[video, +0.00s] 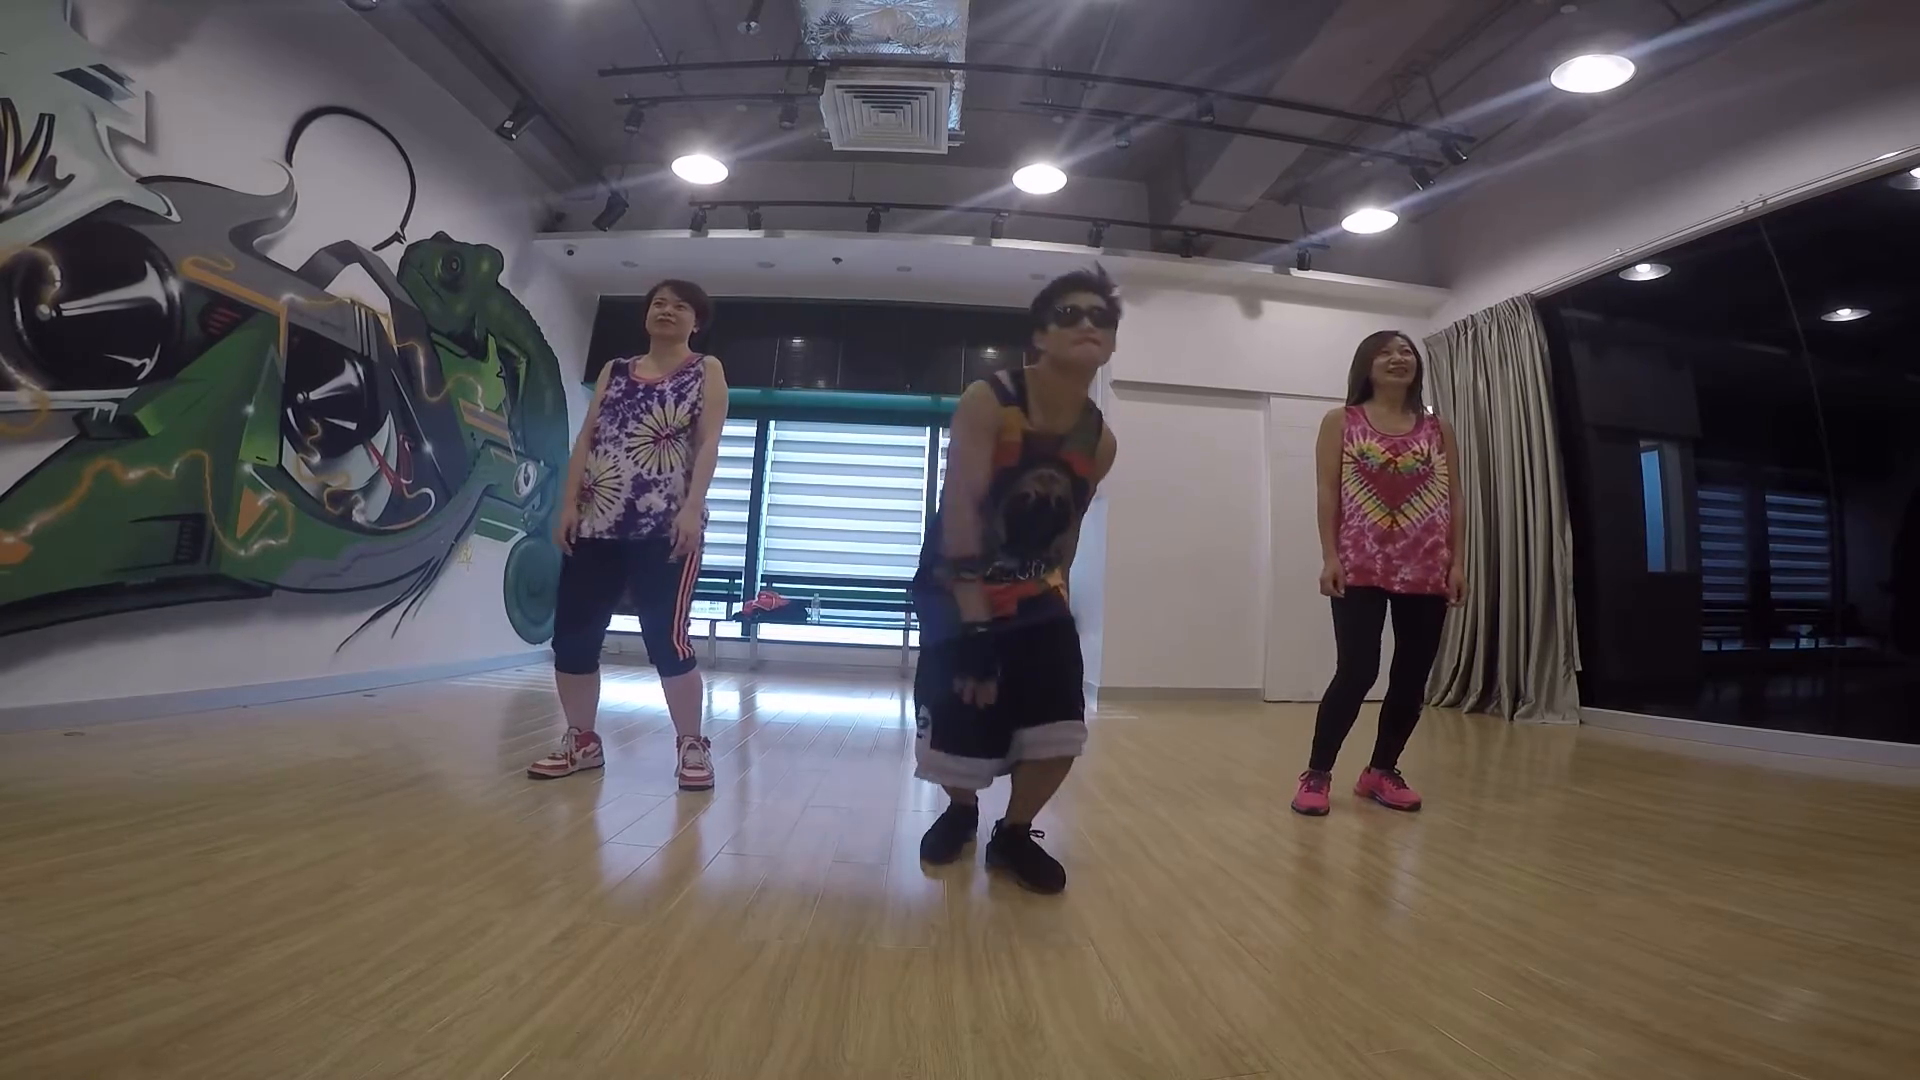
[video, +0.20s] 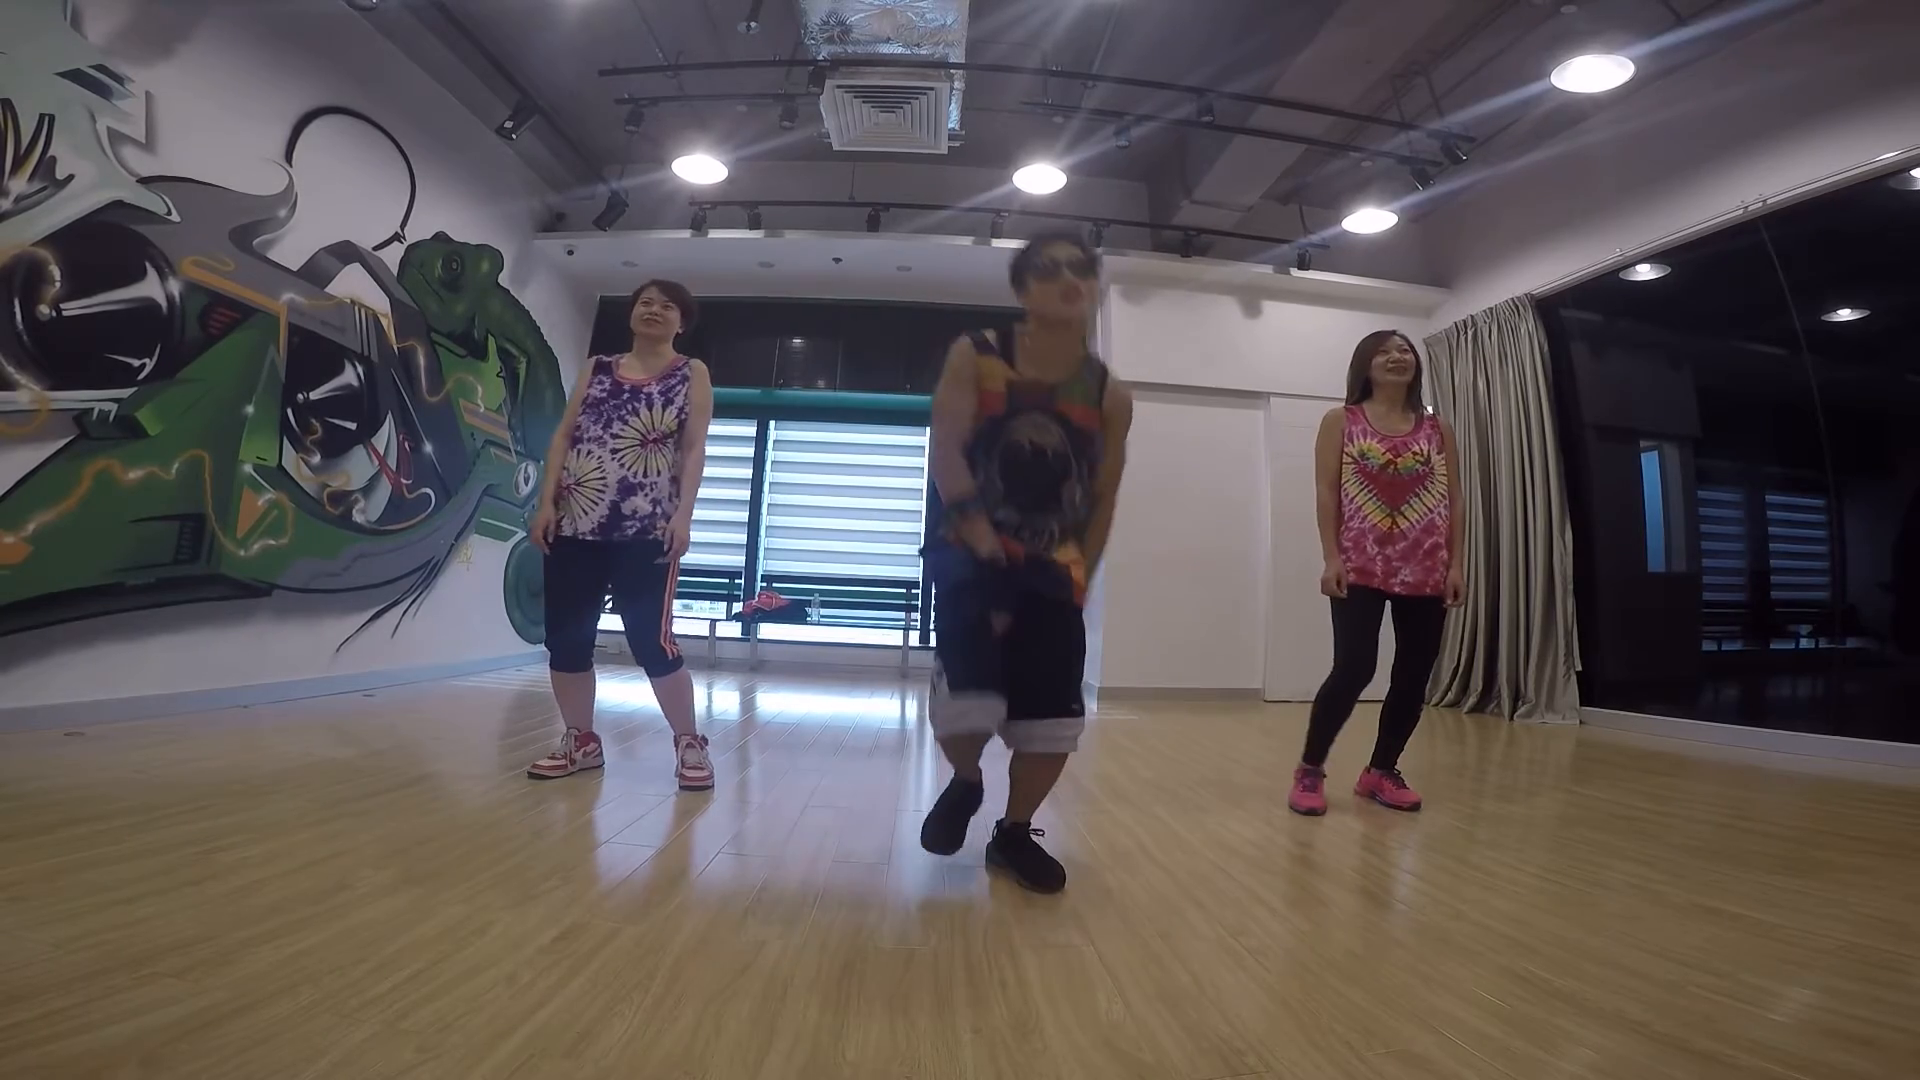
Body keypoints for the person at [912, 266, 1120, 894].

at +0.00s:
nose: (1088, 324)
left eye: (1102, 318)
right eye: (1070, 316)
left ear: (1113, 342)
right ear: (1039, 338)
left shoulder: (1100, 441)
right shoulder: (989, 401)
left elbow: (1066, 536)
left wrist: (1052, 612)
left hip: (1036, 593)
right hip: (960, 587)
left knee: (1060, 730)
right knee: (956, 731)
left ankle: (1013, 835)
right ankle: (963, 807)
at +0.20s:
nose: (1066, 281)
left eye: (1078, 272)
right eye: (1048, 272)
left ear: (1095, 290)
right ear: (1020, 291)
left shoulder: (1111, 395)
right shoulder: (976, 354)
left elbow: (1104, 495)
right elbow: (946, 450)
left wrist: (1079, 572)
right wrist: (978, 531)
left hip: (1056, 563)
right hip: (970, 552)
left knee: (1054, 715)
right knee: (969, 701)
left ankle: (1015, 832)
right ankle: (966, 781)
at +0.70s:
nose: (963, 269)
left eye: (979, 261)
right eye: (946, 260)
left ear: (1000, 285)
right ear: (922, 288)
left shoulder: (1051, 345)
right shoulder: (923, 402)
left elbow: (1115, 453)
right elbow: (923, 515)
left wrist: (1162, 552)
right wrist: (918, 561)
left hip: (1069, 583)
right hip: (971, 586)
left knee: (1070, 741)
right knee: (947, 739)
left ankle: (1019, 826)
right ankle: (973, 865)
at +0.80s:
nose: (984, 251)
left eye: (999, 240)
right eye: (966, 238)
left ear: (1018, 259)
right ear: (939, 259)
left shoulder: (1059, 337)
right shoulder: (913, 368)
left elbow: (1130, 432)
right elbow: (896, 469)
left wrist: (1218, 491)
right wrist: (860, 503)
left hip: (1054, 570)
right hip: (956, 570)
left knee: (1073, 742)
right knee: (937, 744)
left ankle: (1025, 813)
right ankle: (972, 866)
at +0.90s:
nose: (1012, 229)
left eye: (1025, 219)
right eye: (993, 217)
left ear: (1038, 241)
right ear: (959, 236)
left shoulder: (1069, 328)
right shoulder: (913, 334)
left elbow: (1158, 406)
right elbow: (858, 413)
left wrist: (1273, 442)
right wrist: (810, 431)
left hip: (1047, 561)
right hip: (942, 565)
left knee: (1086, 732)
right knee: (930, 744)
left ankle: (1028, 807)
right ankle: (970, 866)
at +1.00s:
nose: (1027, 232)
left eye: (1041, 220)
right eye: (1009, 217)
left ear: (1053, 237)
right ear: (974, 228)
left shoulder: (1073, 331)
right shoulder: (915, 317)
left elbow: (1166, 398)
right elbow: (831, 369)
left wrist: (1275, 419)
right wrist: (755, 373)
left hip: (1044, 558)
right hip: (938, 560)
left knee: (1089, 723)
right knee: (924, 739)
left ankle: (1026, 821)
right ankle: (966, 867)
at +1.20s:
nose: (1049, 244)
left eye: (1062, 235)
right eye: (1029, 234)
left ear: (1077, 262)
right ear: (996, 257)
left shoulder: (1081, 367)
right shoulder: (939, 321)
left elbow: (1135, 462)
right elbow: (844, 361)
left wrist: (1246, 466)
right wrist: (763, 369)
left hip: (1031, 586)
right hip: (925, 580)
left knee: (1060, 767)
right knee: (913, 761)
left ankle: (1025, 864)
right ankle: (969, 867)